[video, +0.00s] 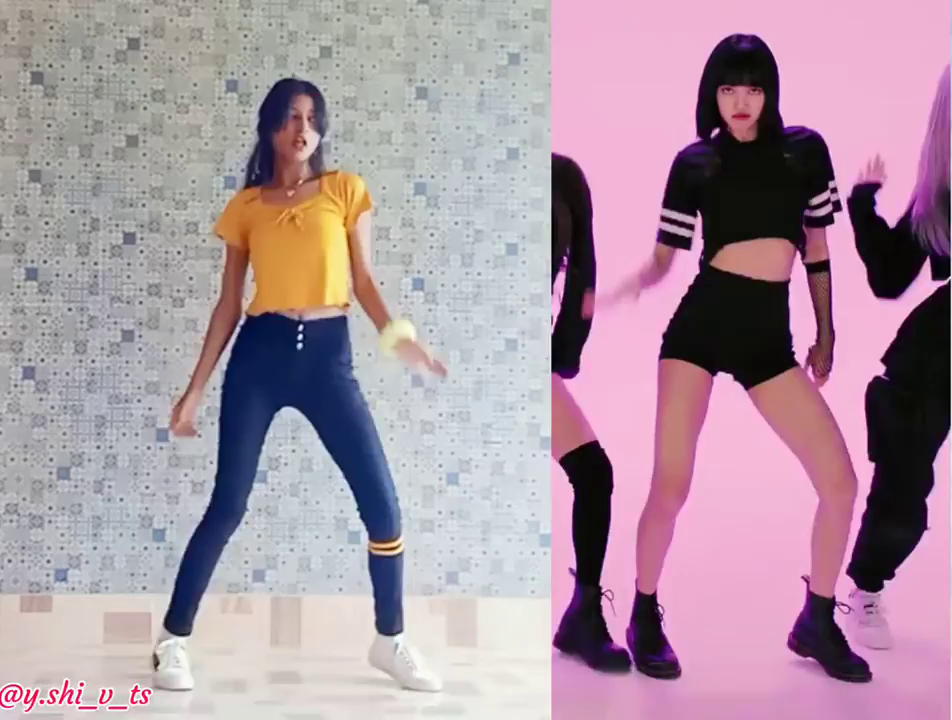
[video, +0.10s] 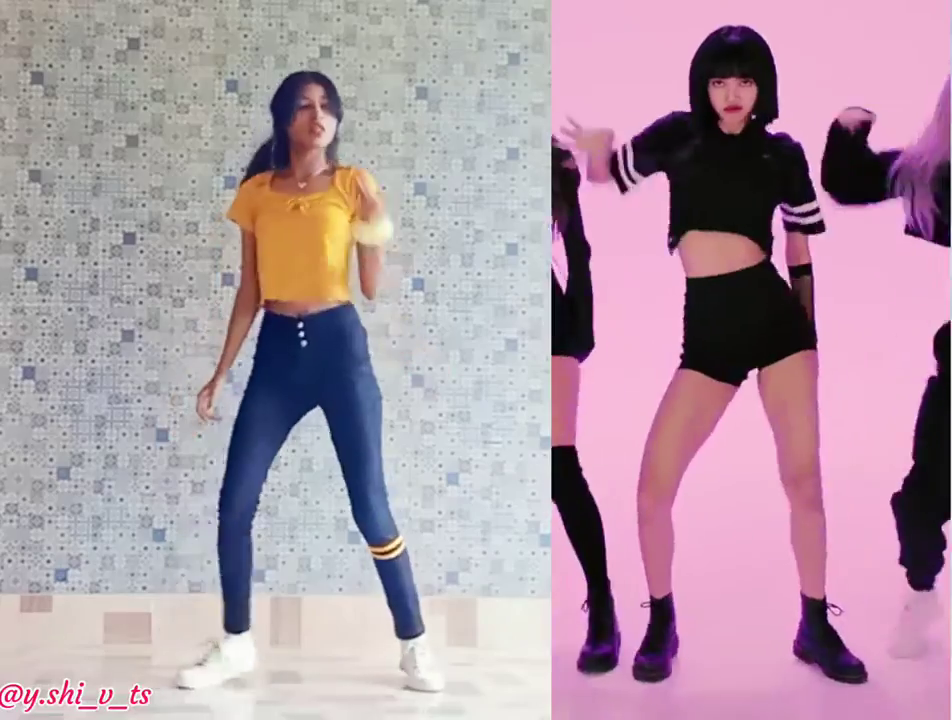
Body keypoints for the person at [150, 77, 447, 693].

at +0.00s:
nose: (300, 129)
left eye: (309, 120)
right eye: (288, 119)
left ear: (320, 130)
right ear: (267, 128)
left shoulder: (345, 189)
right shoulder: (246, 206)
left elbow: (362, 277)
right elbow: (228, 306)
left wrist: (399, 336)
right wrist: (194, 388)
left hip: (329, 359)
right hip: (257, 359)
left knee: (383, 505)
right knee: (229, 503)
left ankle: (389, 640)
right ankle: (173, 640)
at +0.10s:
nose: (314, 115)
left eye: (324, 107)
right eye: (301, 106)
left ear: (337, 122)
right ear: (281, 120)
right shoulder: (257, 190)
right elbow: (250, 287)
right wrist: (221, 370)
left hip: (340, 353)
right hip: (275, 356)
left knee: (370, 507)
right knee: (234, 502)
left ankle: (415, 645)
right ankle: (236, 645)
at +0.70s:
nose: (231, 107)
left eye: (243, 100)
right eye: (221, 98)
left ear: (260, 117)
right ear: (205, 111)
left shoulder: (260, 170)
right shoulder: (183, 182)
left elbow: (301, 155)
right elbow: (164, 253)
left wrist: (346, 129)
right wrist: (143, 309)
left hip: (234, 335)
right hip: (181, 336)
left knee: (223, 496)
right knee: (179, 496)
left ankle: (283, 627)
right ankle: (181, 639)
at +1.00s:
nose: (202, 118)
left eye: (212, 109)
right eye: (191, 109)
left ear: (227, 119)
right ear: (176, 119)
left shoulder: (248, 177)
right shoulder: (156, 180)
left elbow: (271, 231)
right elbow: (86, 199)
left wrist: (271, 289)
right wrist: (125, 151)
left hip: (215, 340)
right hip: (153, 337)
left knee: (138, 467)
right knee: (165, 481)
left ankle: (178, 601)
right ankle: (175, 620)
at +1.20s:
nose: (193, 130)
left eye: (203, 121)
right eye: (183, 120)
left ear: (219, 128)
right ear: (167, 126)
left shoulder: (228, 186)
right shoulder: (142, 172)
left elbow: (245, 227)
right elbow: (141, 167)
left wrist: (176, 207)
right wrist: (155, 150)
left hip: (207, 342)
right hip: (143, 340)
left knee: (172, 495)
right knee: (156, 496)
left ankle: (156, 649)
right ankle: (181, 635)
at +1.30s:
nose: (191, 135)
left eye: (202, 125)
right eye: (181, 124)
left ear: (219, 133)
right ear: (167, 129)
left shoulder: (229, 191)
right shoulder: (144, 176)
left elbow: (246, 224)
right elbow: (130, 181)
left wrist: (186, 195)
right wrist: (146, 168)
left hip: (207, 345)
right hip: (144, 343)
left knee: (171, 504)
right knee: (135, 513)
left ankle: (153, 657)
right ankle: (170, 615)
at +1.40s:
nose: (191, 131)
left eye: (203, 121)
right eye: (182, 120)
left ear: (220, 129)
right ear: (166, 125)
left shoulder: (228, 185)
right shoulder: (144, 171)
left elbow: (248, 216)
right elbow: (135, 172)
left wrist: (188, 188)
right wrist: (149, 156)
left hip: (215, 348)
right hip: (147, 345)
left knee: (174, 509)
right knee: (117, 514)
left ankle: (153, 661)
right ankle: (137, 593)